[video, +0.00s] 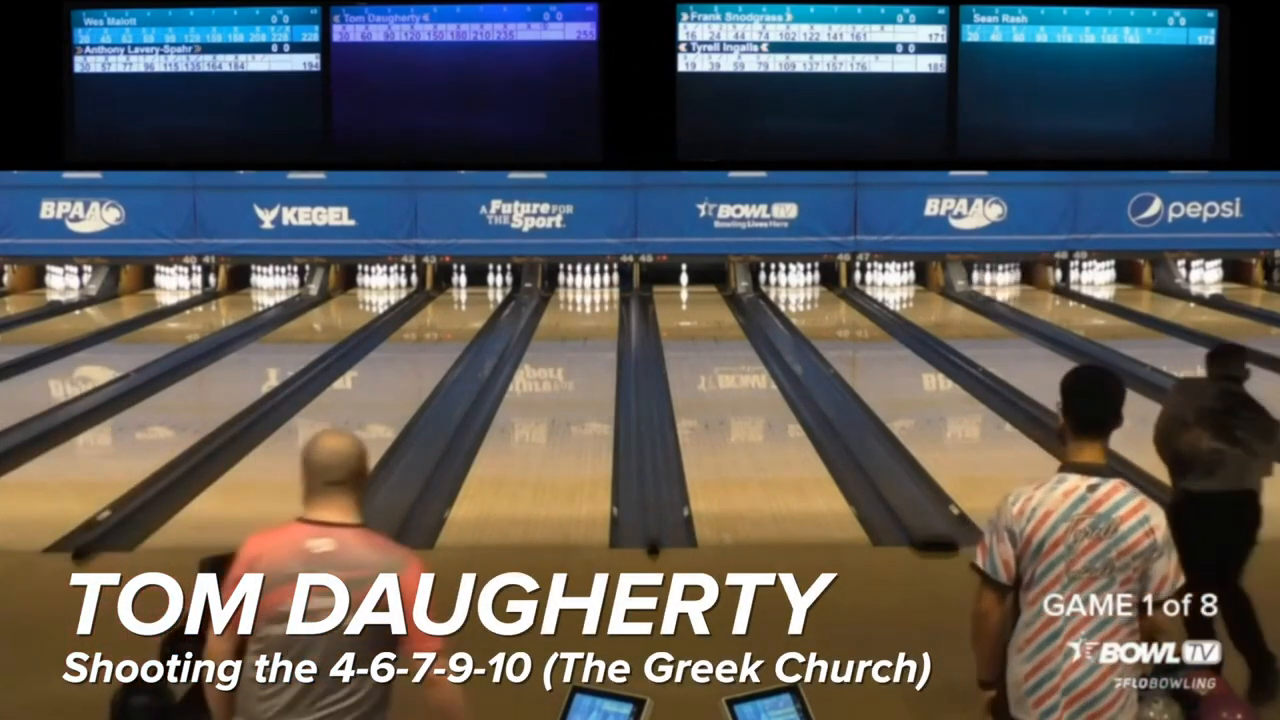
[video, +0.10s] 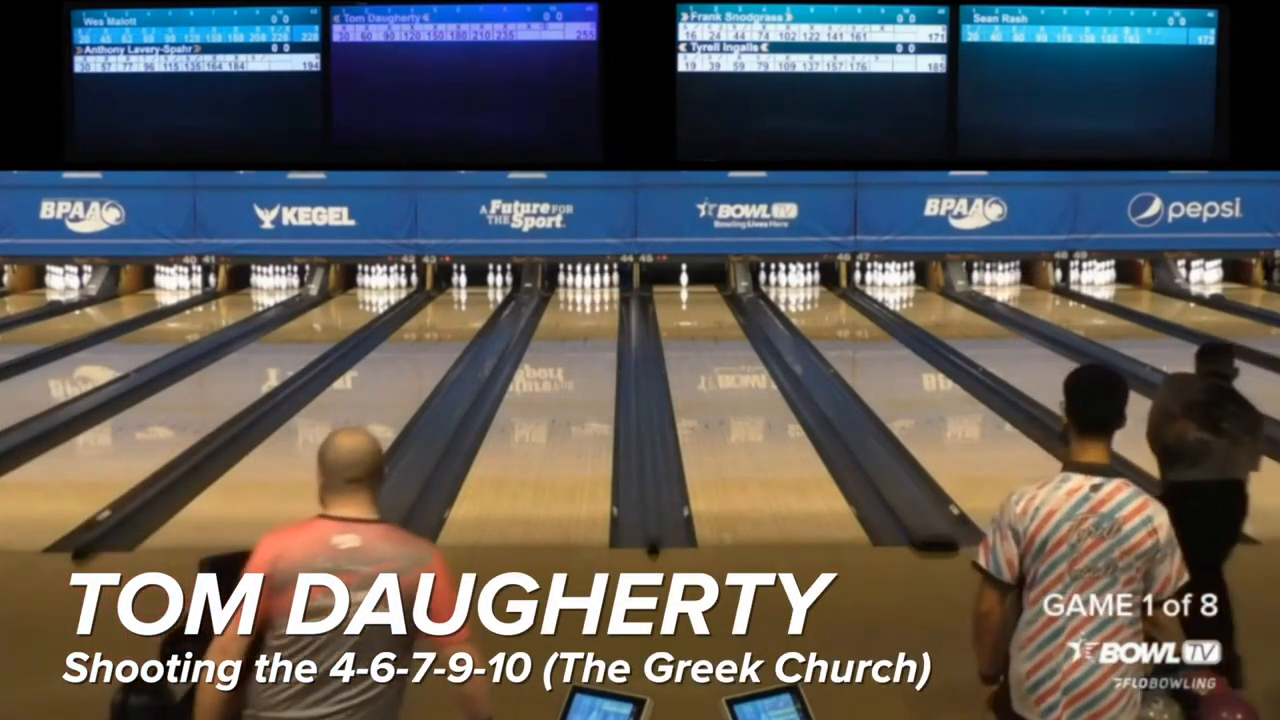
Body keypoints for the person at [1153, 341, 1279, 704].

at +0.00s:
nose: (1236, 376)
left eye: (1232, 369)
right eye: (1238, 370)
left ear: (1208, 368)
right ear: (1243, 373)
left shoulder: (1186, 393)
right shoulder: (1256, 412)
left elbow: (1164, 436)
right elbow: (1269, 458)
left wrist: (1181, 475)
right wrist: (1241, 462)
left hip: (1191, 504)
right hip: (1242, 506)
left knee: (1197, 589)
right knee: (1227, 586)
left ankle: (1205, 666)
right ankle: (1262, 666)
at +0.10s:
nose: (1228, 374)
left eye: (1222, 367)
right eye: (1229, 368)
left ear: (1197, 365)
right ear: (1232, 371)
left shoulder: (1177, 389)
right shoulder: (1247, 409)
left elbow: (1158, 436)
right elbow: (1252, 462)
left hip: (1185, 495)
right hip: (1231, 499)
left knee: (1200, 576)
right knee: (1208, 575)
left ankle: (1221, 658)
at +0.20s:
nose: (1217, 371)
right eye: (1217, 367)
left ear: (1184, 363)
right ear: (1217, 370)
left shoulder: (1163, 384)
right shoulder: (1232, 408)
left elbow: (1148, 433)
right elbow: (1221, 467)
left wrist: (1153, 470)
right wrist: (1216, 529)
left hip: (1163, 484)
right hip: (1209, 489)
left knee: (1162, 551)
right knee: (1194, 560)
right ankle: (1189, 629)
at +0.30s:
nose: (1207, 373)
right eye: (1208, 368)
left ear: (1178, 364)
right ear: (1210, 371)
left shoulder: (1156, 387)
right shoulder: (1225, 408)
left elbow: (1143, 432)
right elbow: (1216, 458)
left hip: (1154, 482)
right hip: (1199, 488)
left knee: (1154, 551)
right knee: (1180, 555)